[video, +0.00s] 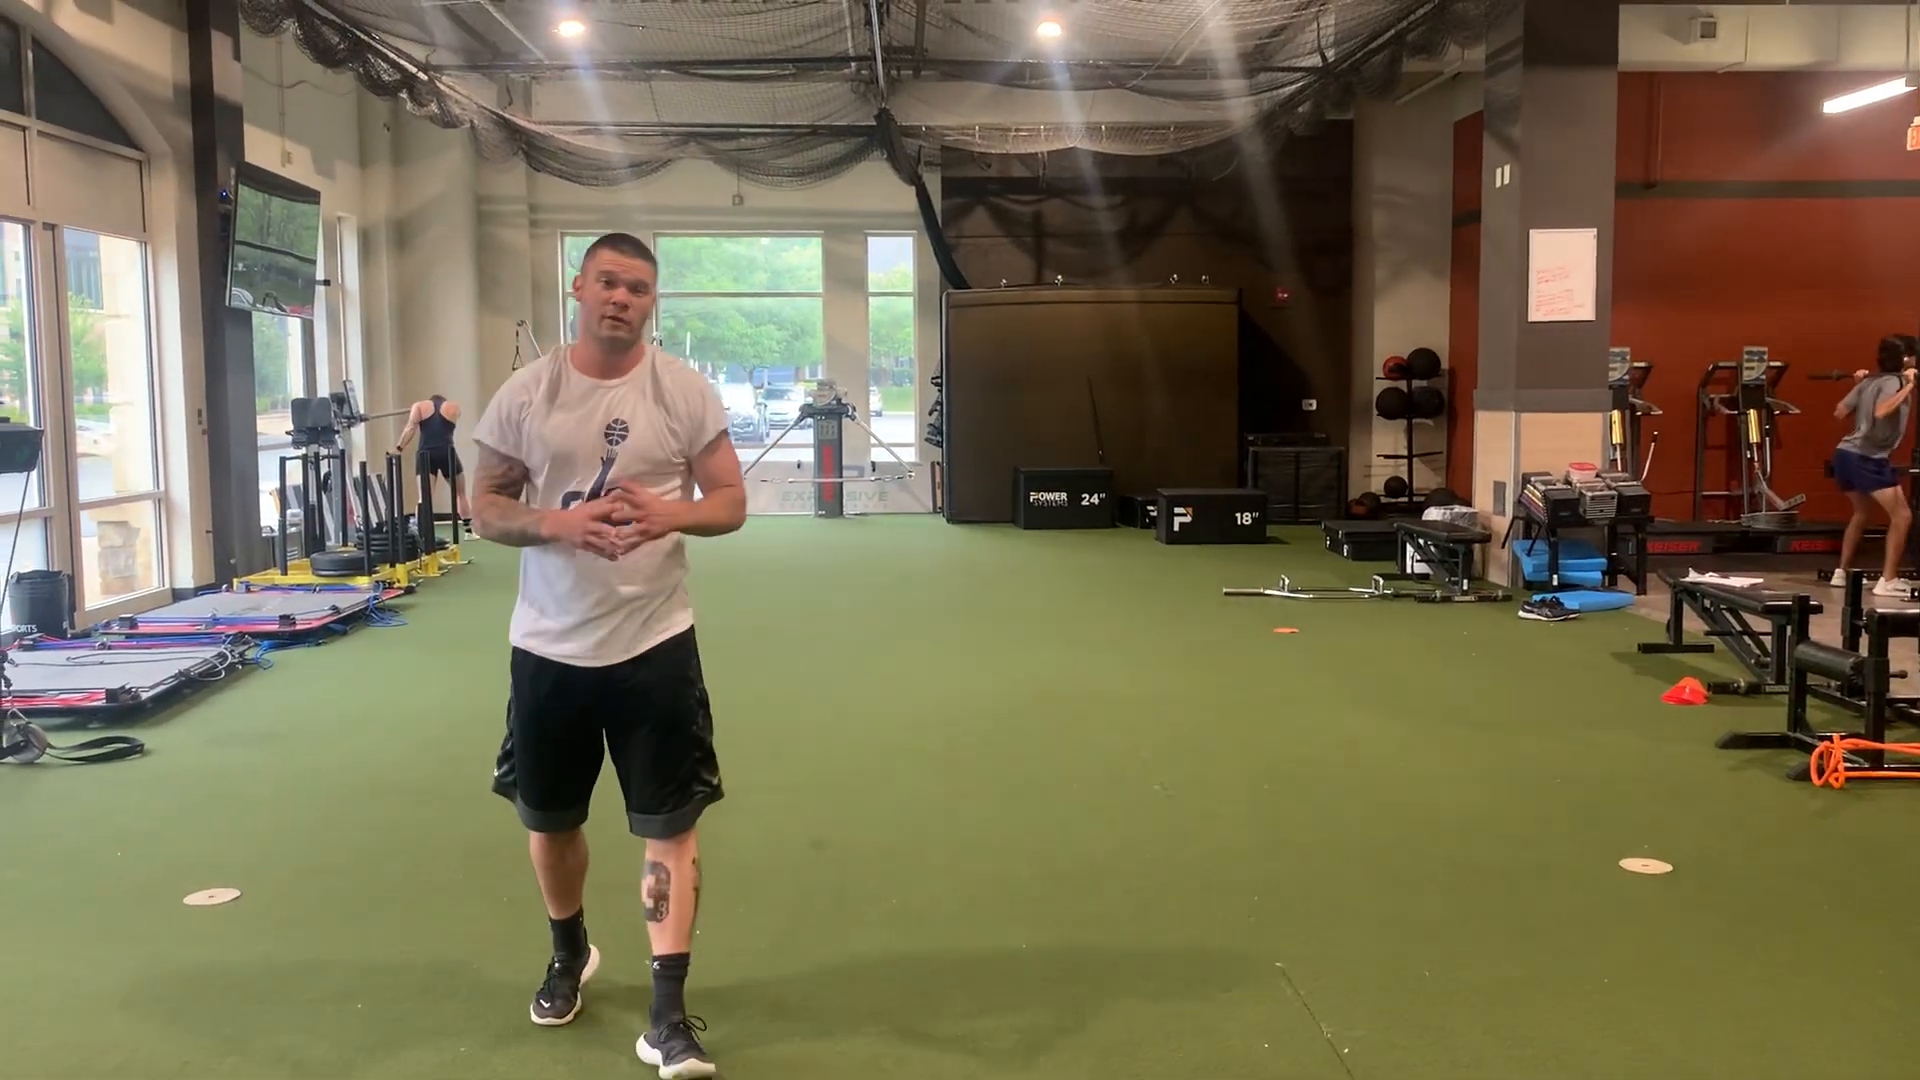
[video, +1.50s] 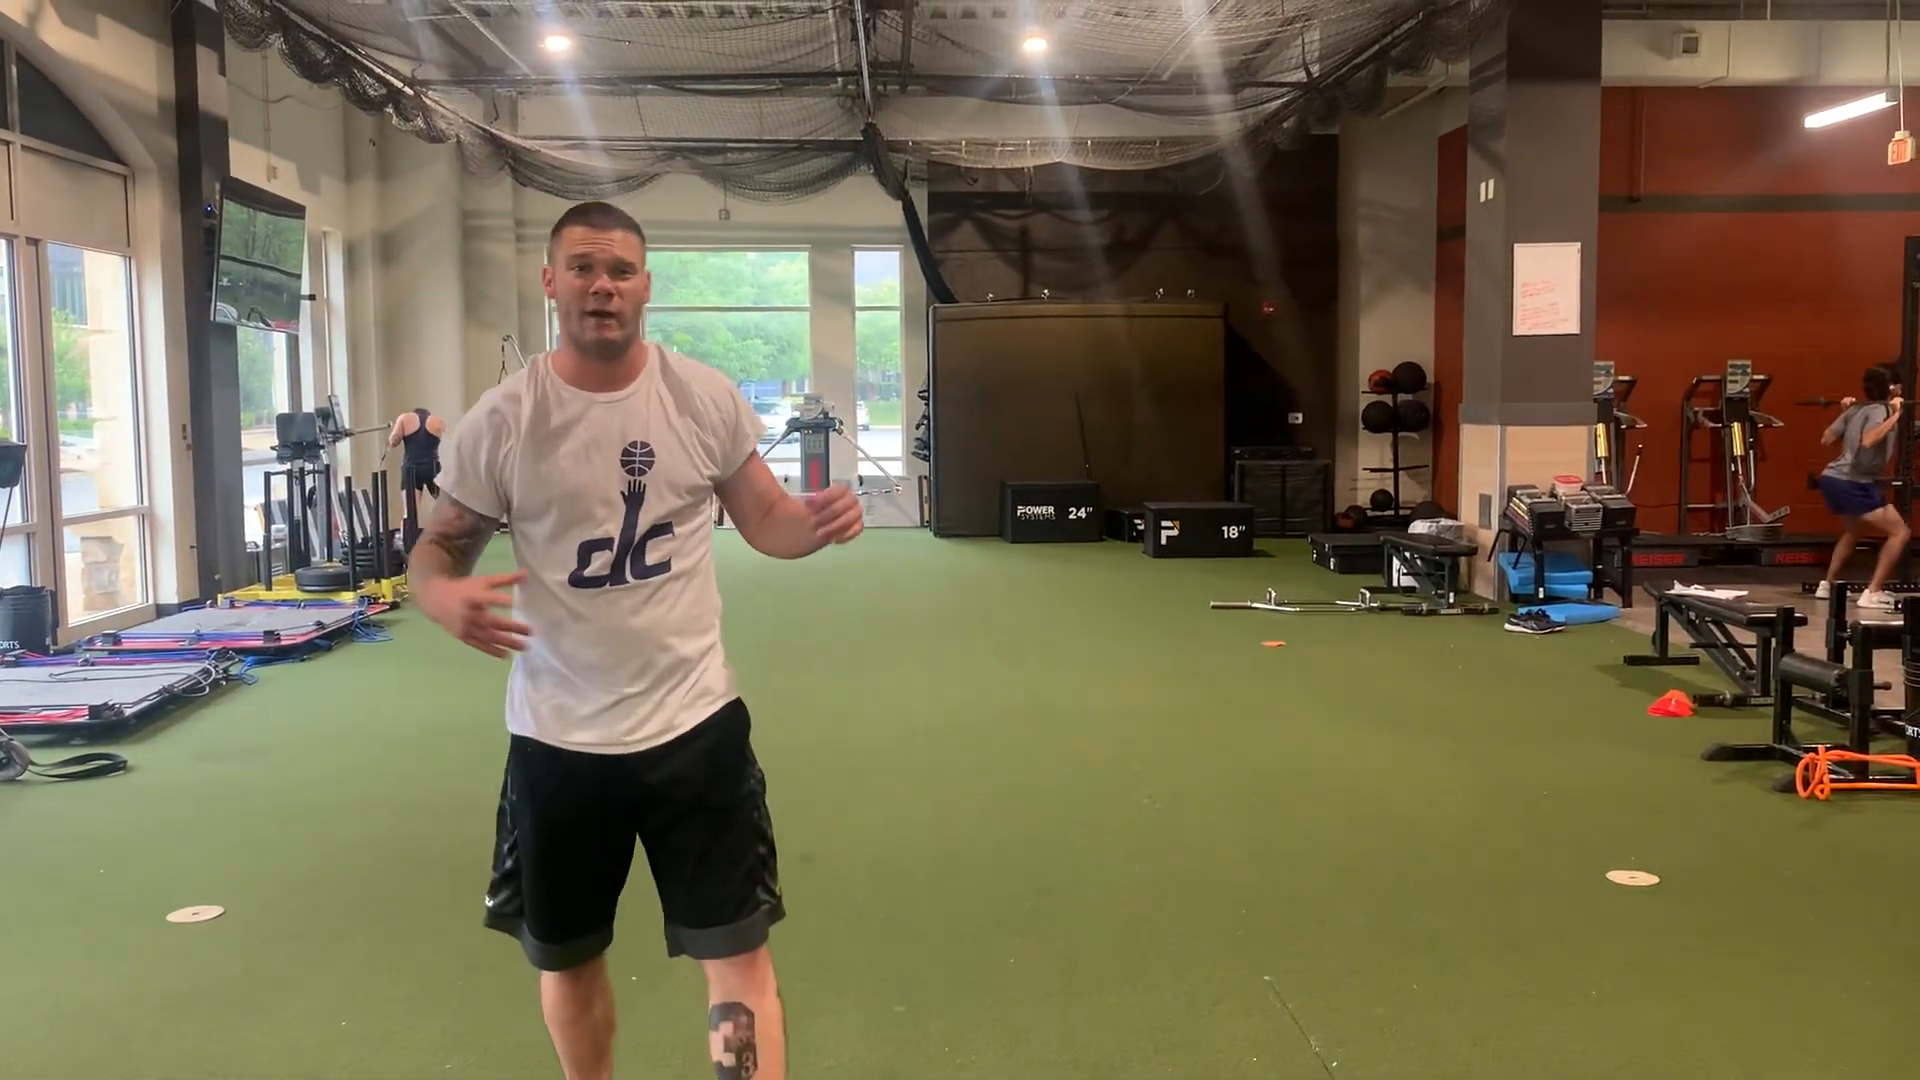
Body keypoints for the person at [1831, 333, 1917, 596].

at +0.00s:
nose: (1915, 362)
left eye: (1915, 358)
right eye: (1913, 358)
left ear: (1883, 359)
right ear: (1904, 360)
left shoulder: (1868, 383)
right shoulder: (1894, 382)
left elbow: (1840, 411)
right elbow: (1881, 411)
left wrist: (1858, 384)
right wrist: (1909, 386)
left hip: (1845, 455)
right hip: (1868, 461)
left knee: (1860, 514)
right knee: (1901, 515)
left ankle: (1841, 572)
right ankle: (1889, 579)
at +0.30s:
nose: (1913, 410)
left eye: (1913, 405)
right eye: (1911, 405)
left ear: (1882, 407)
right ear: (1904, 409)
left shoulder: (1867, 428)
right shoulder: (1894, 429)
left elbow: (1837, 456)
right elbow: (1877, 457)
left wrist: (1858, 430)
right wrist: (1908, 434)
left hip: (1838, 496)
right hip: (1864, 499)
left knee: (1871, 531)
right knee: (1917, 523)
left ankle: (1843, 574)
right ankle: (1889, 582)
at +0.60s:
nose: (1912, 432)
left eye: (1911, 428)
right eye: (1910, 428)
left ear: (1881, 430)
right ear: (1902, 431)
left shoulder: (1864, 450)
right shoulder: (1890, 452)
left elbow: (1833, 478)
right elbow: (1875, 481)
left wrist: (1854, 452)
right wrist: (1905, 458)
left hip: (1833, 516)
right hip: (1857, 520)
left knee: (1874, 533)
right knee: (1917, 531)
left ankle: (1840, 577)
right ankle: (1886, 585)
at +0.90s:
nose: (1905, 408)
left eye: (1906, 404)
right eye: (1904, 403)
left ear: (1876, 404)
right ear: (1895, 405)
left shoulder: (1861, 425)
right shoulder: (1886, 426)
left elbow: (1830, 452)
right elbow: (1872, 455)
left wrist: (1850, 427)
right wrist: (1901, 432)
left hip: (1833, 492)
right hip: (1854, 497)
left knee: (1862, 532)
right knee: (1913, 532)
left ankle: (1834, 581)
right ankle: (1879, 589)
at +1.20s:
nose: (1904, 366)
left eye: (1904, 362)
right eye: (1901, 362)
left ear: (1874, 363)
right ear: (1893, 364)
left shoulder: (1859, 388)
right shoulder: (1884, 387)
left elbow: (1831, 417)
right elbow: (1873, 416)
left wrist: (1848, 388)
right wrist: (1900, 389)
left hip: (1837, 460)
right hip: (1859, 465)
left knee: (1843, 523)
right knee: (1880, 524)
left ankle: (1828, 581)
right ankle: (1874, 589)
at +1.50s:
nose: (1899, 390)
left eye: (1898, 386)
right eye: (1896, 386)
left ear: (1869, 388)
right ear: (1888, 389)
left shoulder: (1855, 411)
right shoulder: (1881, 411)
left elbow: (1826, 438)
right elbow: (1867, 440)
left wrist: (1843, 412)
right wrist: (1895, 415)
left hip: (1832, 480)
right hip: (1853, 485)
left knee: (1851, 533)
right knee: (1900, 532)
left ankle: (1827, 584)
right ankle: (1873, 592)